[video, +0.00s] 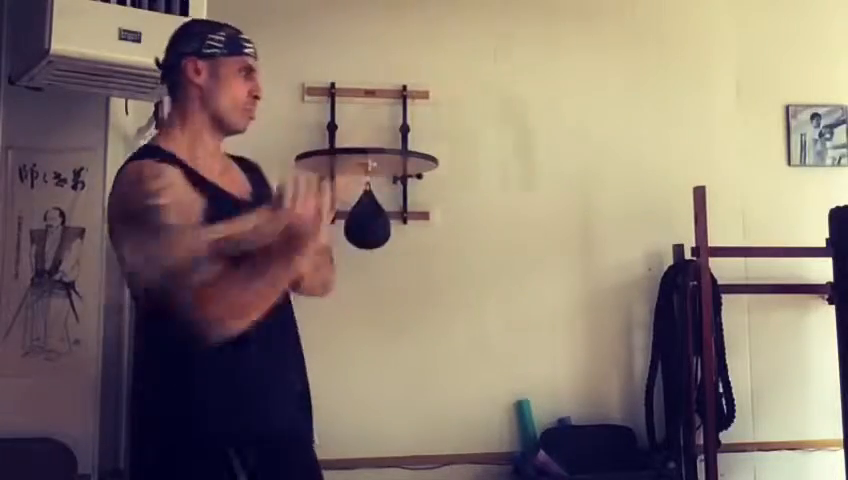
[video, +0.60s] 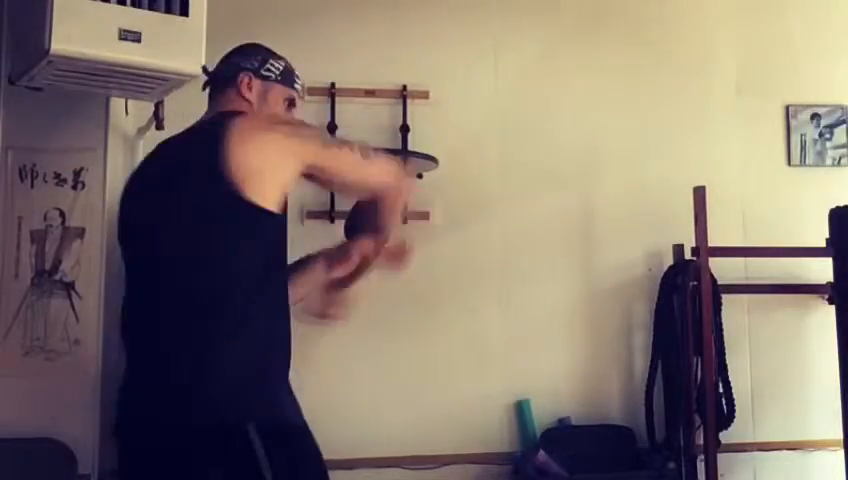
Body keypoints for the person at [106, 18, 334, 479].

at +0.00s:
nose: (257, 91)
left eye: (255, 76)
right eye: (244, 73)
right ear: (196, 71)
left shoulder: (248, 175)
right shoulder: (149, 180)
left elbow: (319, 281)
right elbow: (211, 317)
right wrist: (293, 246)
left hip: (276, 431)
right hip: (194, 438)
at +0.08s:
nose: (279, 97)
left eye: (277, 83)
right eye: (268, 80)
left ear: (224, 76)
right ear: (220, 74)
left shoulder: (273, 183)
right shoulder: (151, 176)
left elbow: (320, 288)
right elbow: (93, 308)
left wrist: (258, 283)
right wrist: (194, 344)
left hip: (274, 429)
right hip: (181, 434)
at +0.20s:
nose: (298, 105)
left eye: (299, 92)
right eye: (290, 87)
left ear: (249, 83)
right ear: (242, 80)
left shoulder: (296, 191)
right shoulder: (151, 166)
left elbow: (315, 294)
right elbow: (34, 227)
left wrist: (235, 291)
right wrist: (76, 278)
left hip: (270, 416)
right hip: (177, 413)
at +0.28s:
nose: (305, 111)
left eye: (306, 98)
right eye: (298, 94)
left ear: (256, 87)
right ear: (253, 84)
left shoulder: (295, 190)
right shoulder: (167, 151)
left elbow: (316, 288)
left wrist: (228, 284)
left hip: (262, 392)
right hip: (180, 390)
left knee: (298, 470)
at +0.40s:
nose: (304, 125)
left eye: (307, 113)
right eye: (299, 107)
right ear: (256, 93)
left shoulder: (271, 189)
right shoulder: (186, 152)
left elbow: (319, 283)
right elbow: (186, 92)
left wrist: (274, 255)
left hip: (263, 398)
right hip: (187, 397)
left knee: (294, 470)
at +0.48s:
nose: (295, 132)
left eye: (297, 105)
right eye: (288, 102)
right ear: (253, 89)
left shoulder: (253, 190)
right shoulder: (183, 160)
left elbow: (306, 297)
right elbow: (314, 106)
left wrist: (301, 251)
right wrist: (392, 197)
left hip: (257, 403)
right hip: (184, 409)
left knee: (298, 472)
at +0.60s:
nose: (292, 120)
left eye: (293, 108)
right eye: (287, 103)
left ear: (240, 91)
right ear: (248, 88)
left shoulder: (150, 171)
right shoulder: (261, 138)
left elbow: (205, 299)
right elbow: (390, 177)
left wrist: (310, 277)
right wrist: (378, 239)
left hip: (153, 417)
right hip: (243, 419)